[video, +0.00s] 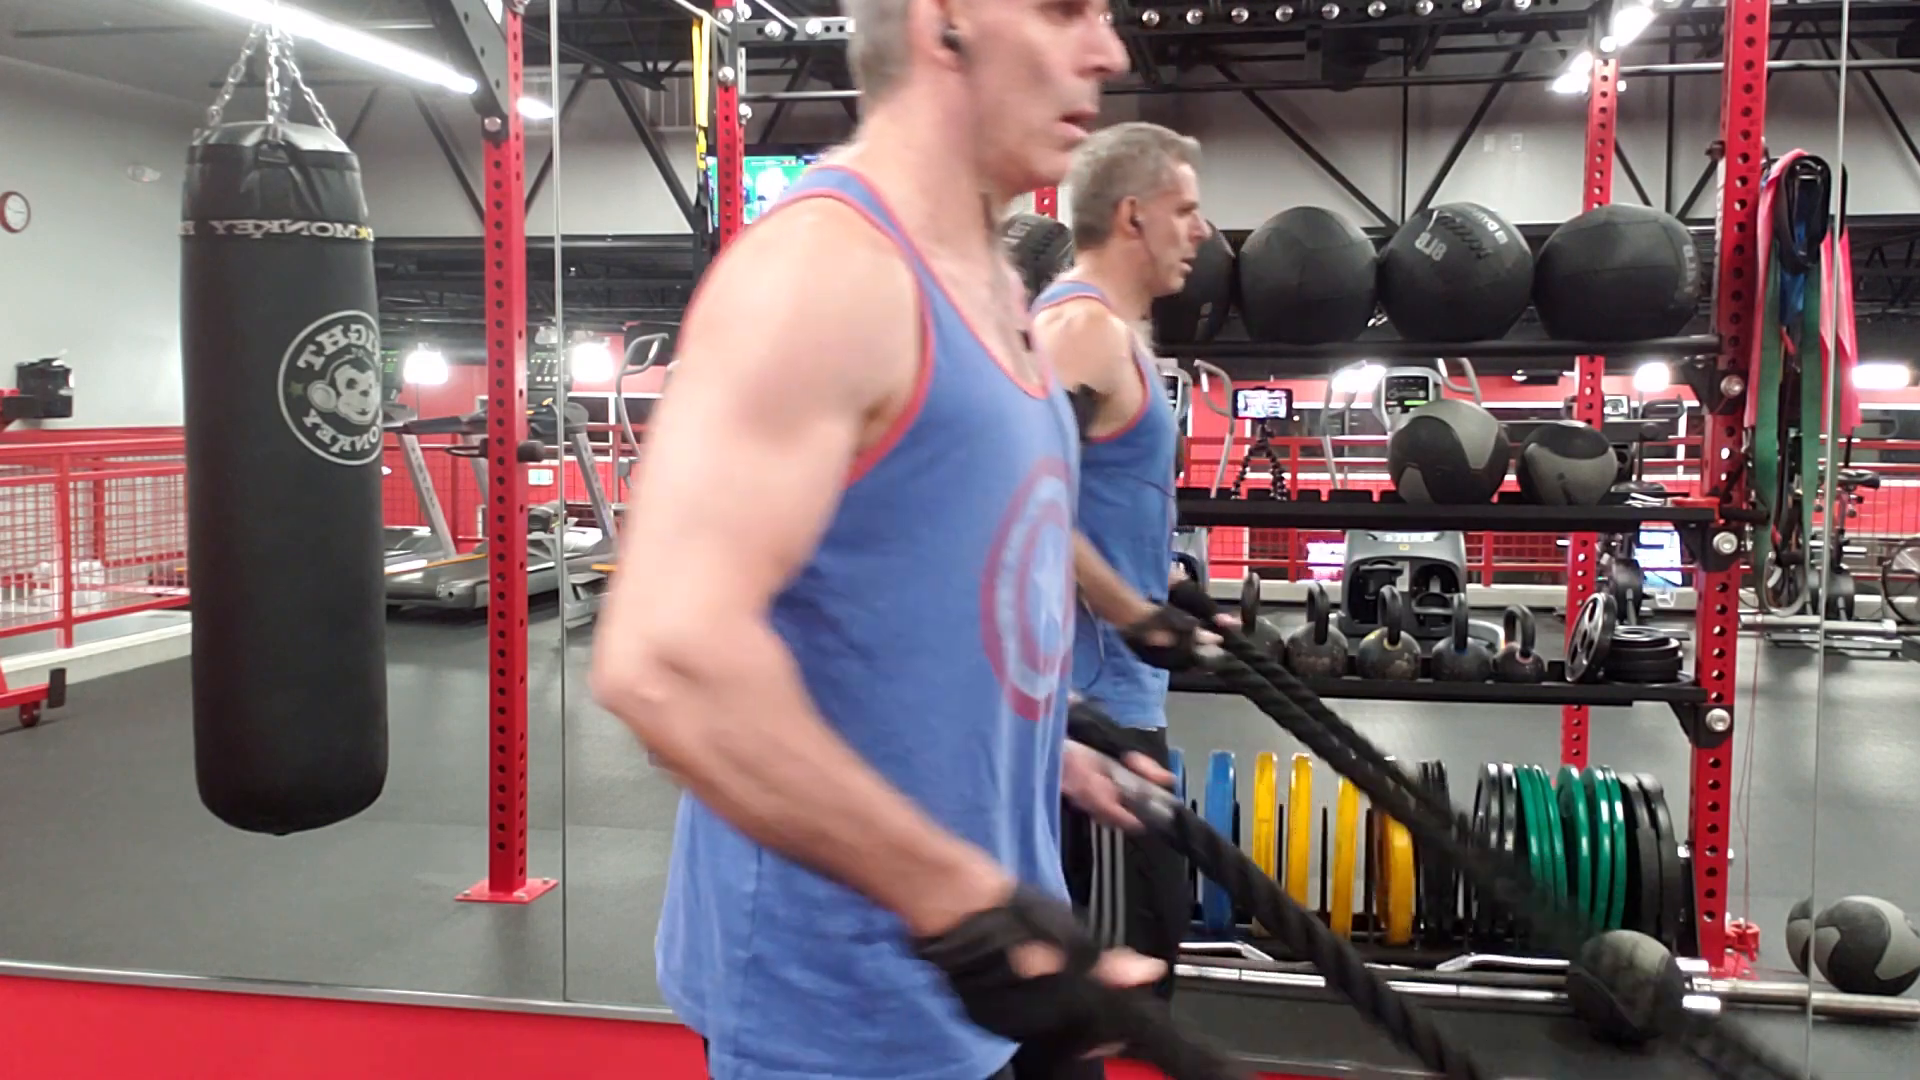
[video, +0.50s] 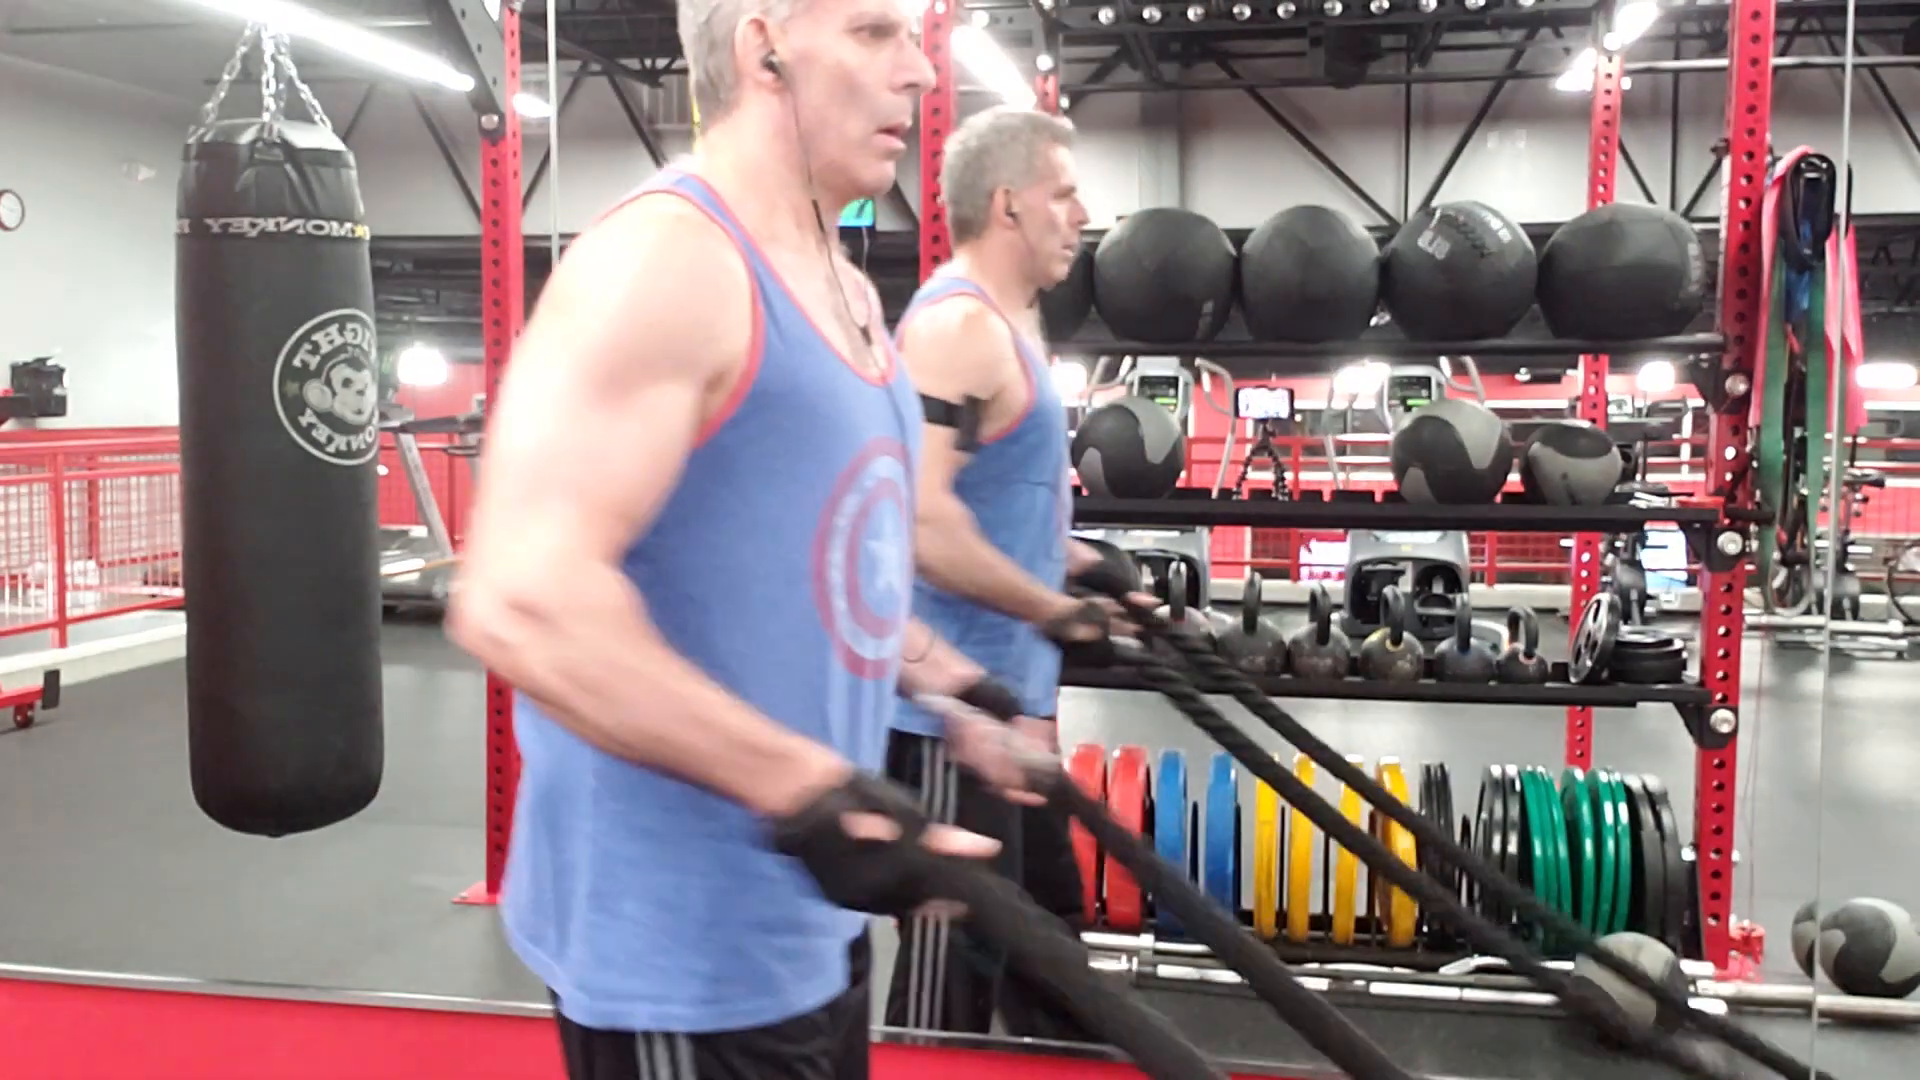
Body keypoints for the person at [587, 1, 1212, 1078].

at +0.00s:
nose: (1110, 53)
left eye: (1101, 16)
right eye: (1065, 10)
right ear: (940, 25)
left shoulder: (987, 285)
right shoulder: (817, 270)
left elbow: (891, 629)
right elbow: (668, 652)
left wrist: (1047, 752)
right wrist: (967, 906)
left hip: (975, 986)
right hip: (842, 1009)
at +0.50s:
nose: (918, 74)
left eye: (916, 41)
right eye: (875, 31)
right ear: (764, 39)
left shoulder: (838, 280)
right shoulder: (662, 257)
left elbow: (821, 571)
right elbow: (518, 594)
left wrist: (965, 704)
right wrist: (809, 791)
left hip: (806, 910)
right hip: (686, 948)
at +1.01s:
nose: (769, 71)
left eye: (766, 38)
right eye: (723, 29)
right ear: (606, 40)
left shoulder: (734, 283)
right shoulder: (505, 266)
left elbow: (766, 567)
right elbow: (441, 633)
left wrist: (923, 706)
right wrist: (739, 841)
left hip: (736, 915)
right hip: (564, 951)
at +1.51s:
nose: (796, 173)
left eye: (807, 136)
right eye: (771, 123)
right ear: (656, 87)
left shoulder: (730, 298)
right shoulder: (493, 295)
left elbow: (752, 580)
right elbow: (429, 665)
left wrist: (897, 732)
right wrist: (683, 900)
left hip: (717, 946)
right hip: (526, 988)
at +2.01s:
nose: (875, 160)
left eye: (877, 124)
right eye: (843, 116)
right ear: (728, 108)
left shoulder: (797, 341)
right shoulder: (560, 310)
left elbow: (784, 603)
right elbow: (451, 657)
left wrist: (909, 790)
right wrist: (679, 893)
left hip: (743, 924)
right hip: (560, 960)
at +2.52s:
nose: (860, 152)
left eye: (855, 115)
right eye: (822, 111)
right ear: (703, 116)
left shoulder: (781, 348)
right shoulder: (550, 345)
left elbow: (763, 621)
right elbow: (441, 712)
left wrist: (885, 797)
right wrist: (685, 961)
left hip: (731, 928)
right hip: (536, 995)